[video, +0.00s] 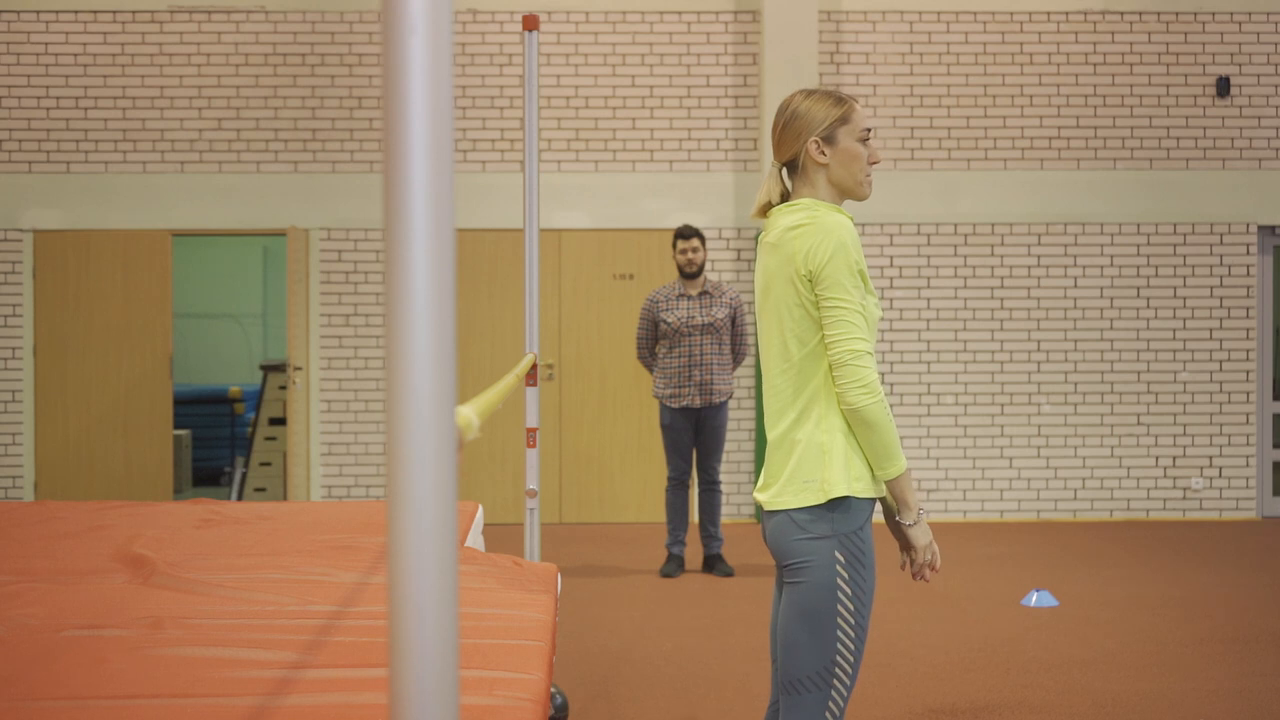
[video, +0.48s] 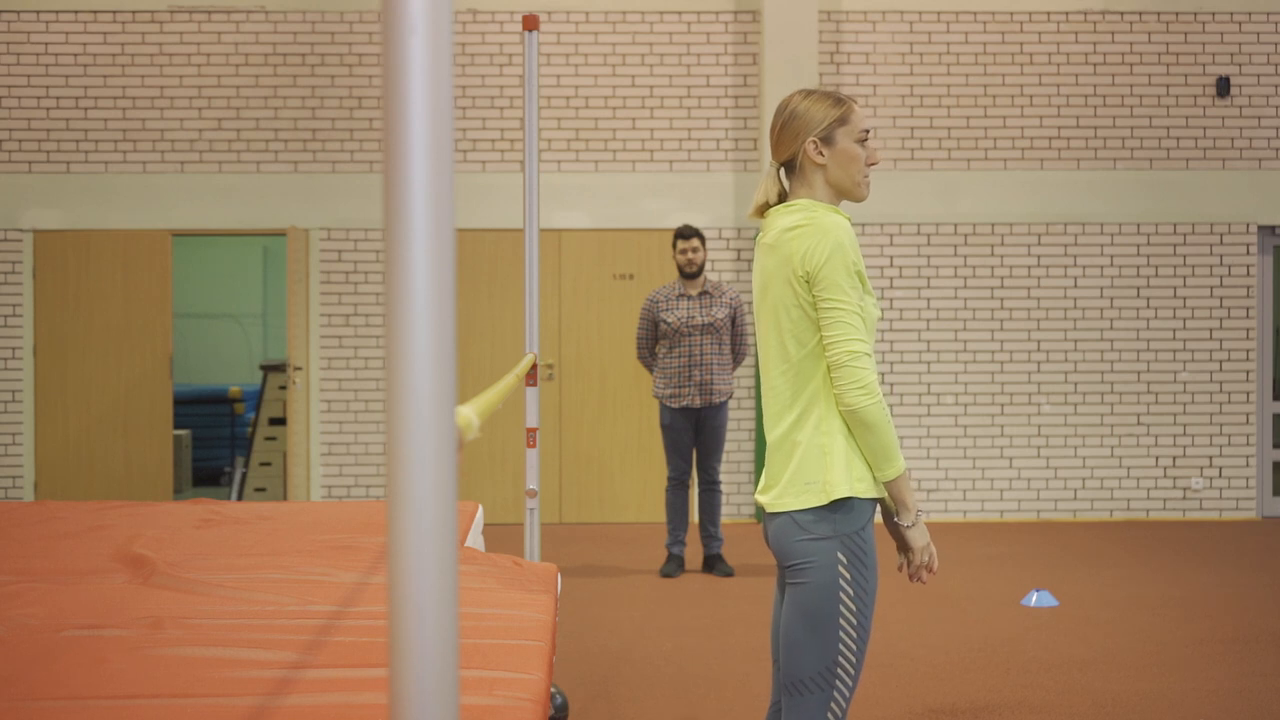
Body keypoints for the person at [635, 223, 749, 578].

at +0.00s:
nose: (689, 256)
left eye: (695, 250)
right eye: (682, 251)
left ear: (705, 253)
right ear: (674, 256)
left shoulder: (728, 296)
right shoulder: (658, 299)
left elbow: (741, 347)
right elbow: (644, 350)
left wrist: (718, 372)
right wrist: (669, 376)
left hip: (715, 402)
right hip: (674, 402)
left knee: (710, 478)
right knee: (678, 477)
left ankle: (713, 553)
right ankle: (675, 553)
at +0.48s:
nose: (689, 256)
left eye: (695, 250)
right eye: (682, 251)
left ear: (705, 254)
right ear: (674, 256)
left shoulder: (728, 296)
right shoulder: (659, 299)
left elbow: (741, 348)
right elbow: (644, 350)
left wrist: (718, 372)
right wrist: (669, 375)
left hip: (715, 401)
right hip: (674, 402)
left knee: (710, 478)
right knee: (678, 477)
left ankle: (713, 552)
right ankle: (675, 553)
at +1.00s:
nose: (689, 256)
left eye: (695, 250)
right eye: (682, 251)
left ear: (705, 253)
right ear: (674, 256)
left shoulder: (728, 297)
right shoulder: (658, 300)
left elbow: (741, 347)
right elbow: (644, 350)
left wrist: (718, 372)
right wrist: (669, 376)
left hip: (715, 401)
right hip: (674, 402)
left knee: (710, 478)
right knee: (678, 477)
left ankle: (713, 552)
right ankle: (675, 553)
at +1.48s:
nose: (689, 256)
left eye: (695, 250)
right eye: (682, 251)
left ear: (705, 253)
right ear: (674, 256)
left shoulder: (728, 297)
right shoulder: (658, 300)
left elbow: (741, 347)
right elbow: (644, 350)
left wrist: (718, 372)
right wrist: (669, 375)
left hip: (715, 402)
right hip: (674, 402)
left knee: (710, 478)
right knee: (678, 477)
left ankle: (713, 553)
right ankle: (675, 553)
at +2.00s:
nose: (689, 256)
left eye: (695, 250)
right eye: (682, 251)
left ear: (705, 254)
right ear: (674, 256)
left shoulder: (728, 297)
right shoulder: (658, 300)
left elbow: (741, 347)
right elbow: (644, 350)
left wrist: (718, 372)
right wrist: (669, 376)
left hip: (715, 402)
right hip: (674, 402)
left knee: (710, 478)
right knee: (678, 477)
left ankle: (713, 552)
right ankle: (675, 553)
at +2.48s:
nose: (689, 256)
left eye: (695, 250)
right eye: (682, 251)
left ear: (705, 254)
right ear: (674, 256)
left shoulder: (727, 297)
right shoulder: (659, 300)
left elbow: (738, 348)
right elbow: (644, 350)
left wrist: (718, 372)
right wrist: (668, 376)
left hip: (715, 402)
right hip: (675, 403)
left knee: (710, 478)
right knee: (678, 477)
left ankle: (713, 552)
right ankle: (675, 552)